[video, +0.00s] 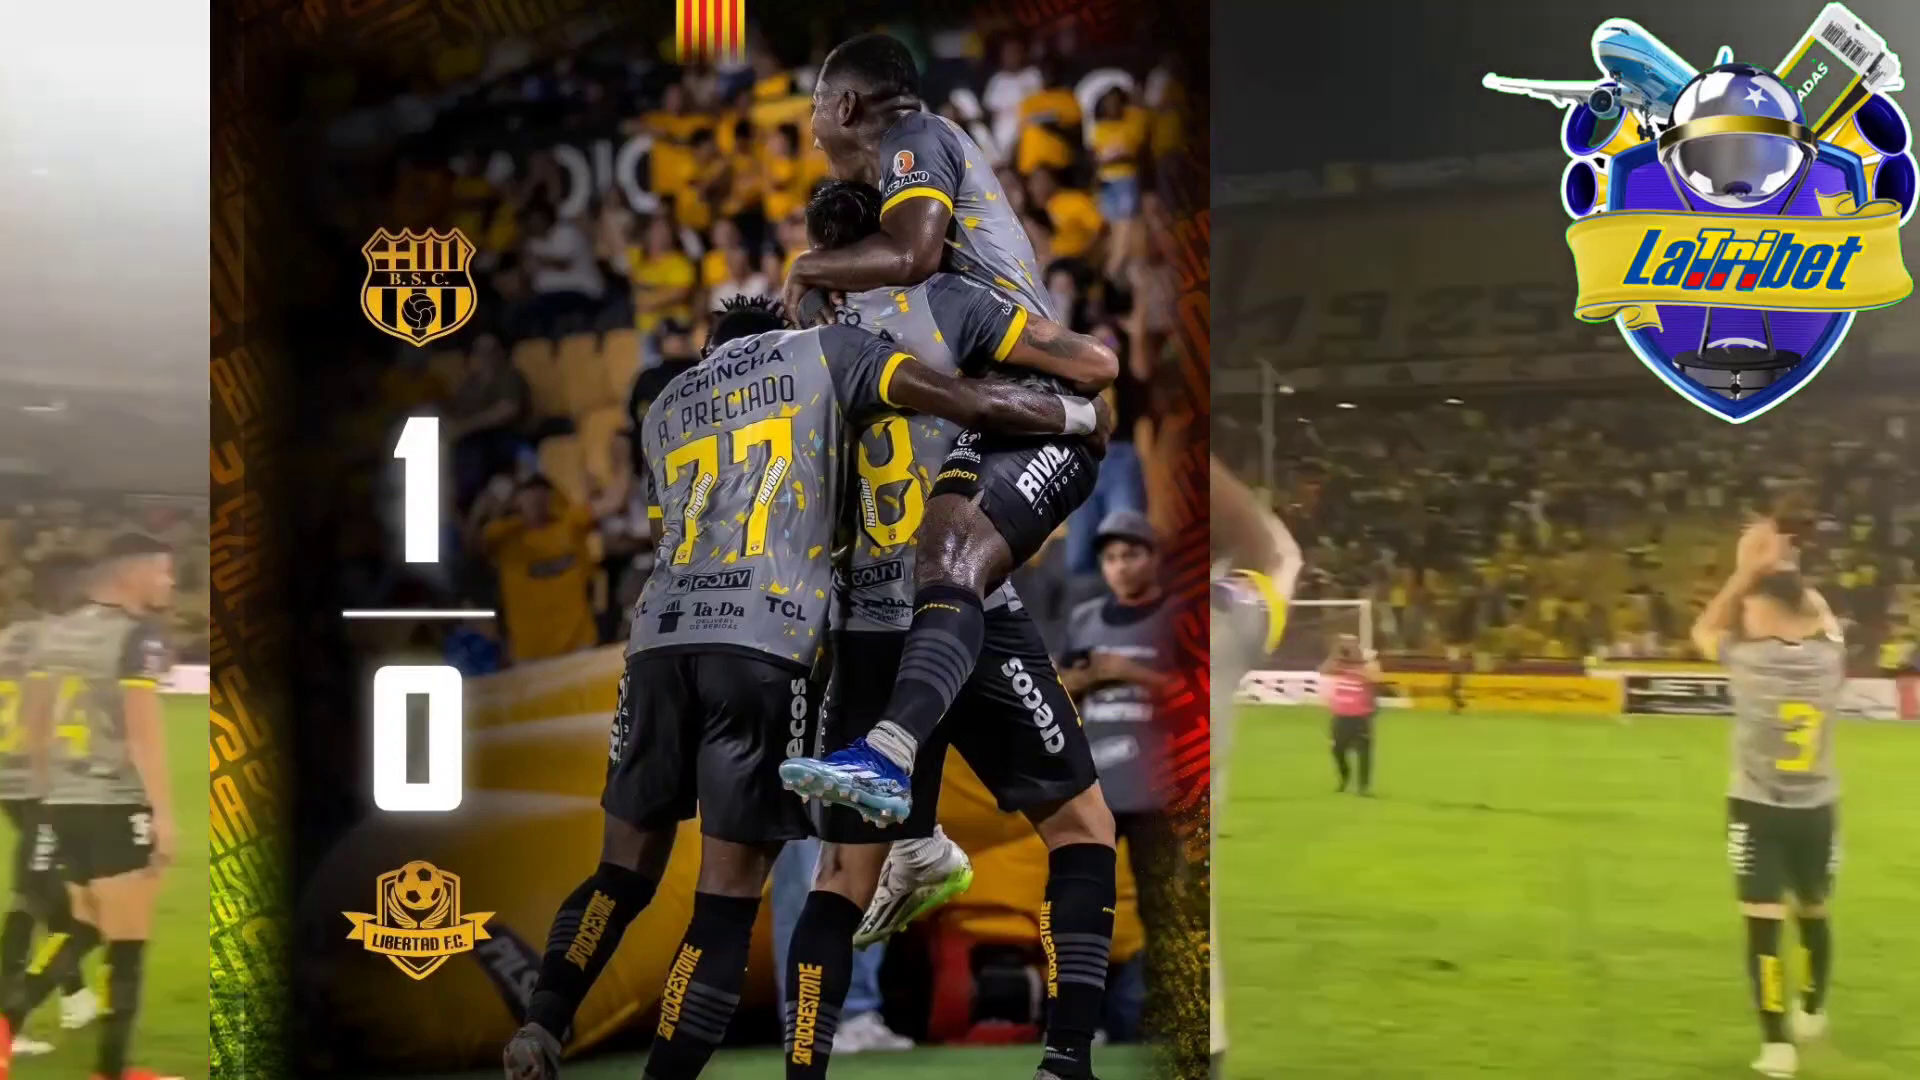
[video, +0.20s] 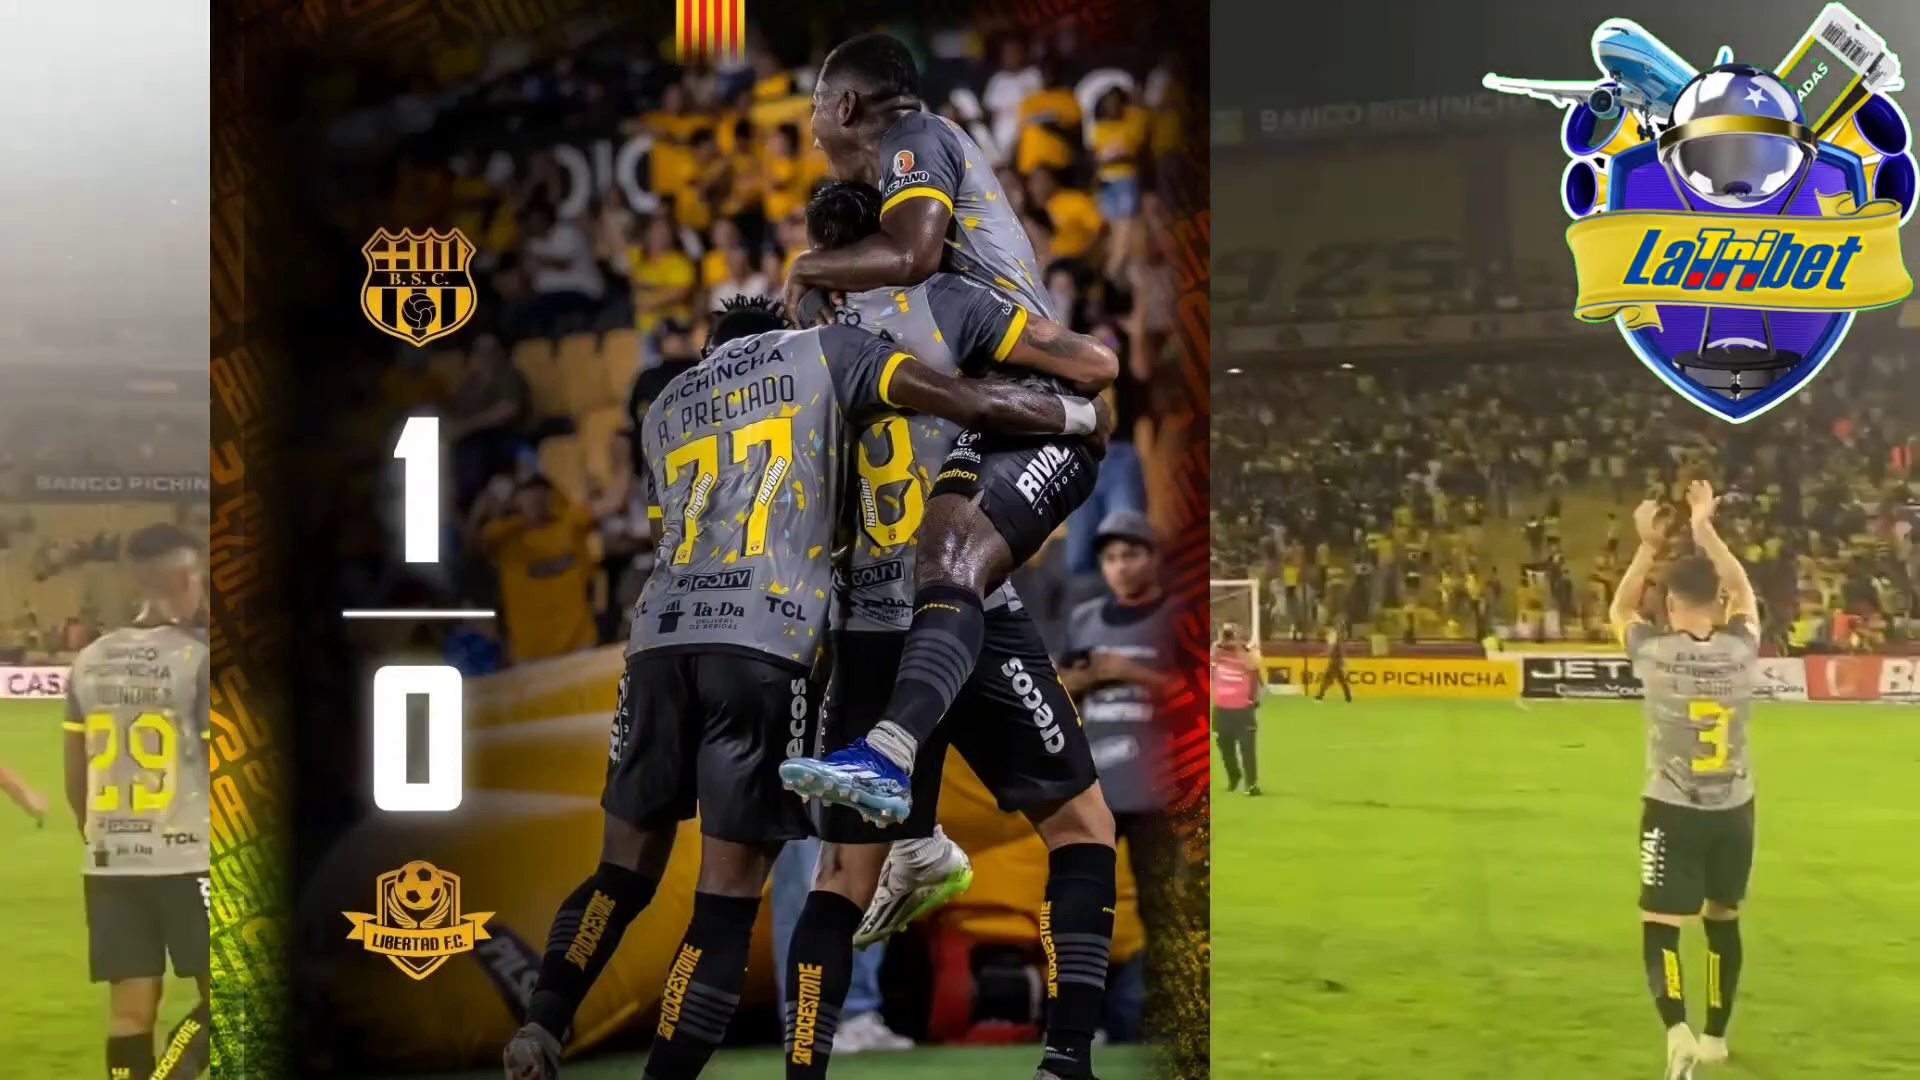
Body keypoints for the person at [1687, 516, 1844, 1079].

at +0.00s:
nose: (1743, 621)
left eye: (1749, 614)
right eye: (1748, 611)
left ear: (1761, 616)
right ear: (1803, 610)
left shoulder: (1745, 657)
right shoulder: (1830, 652)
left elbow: (1703, 629)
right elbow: (1819, 609)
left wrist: (1743, 576)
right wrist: (1790, 577)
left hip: (1756, 805)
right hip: (1815, 804)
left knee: (1762, 921)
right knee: (1814, 910)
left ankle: (1776, 1041)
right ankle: (1814, 1009)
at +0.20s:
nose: (1660, 601)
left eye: (1664, 595)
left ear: (1668, 602)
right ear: (1722, 600)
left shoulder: (1652, 652)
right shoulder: (1741, 650)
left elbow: (1623, 609)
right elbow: (1740, 588)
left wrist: (1647, 548)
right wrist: (1705, 526)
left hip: (1671, 812)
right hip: (1734, 812)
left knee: (1661, 929)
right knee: (1723, 921)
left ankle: (1676, 1030)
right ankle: (1715, 1039)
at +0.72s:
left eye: (1718, 565)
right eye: (1768, 565)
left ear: (1708, 574)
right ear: (1770, 575)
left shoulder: (1687, 632)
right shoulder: (1790, 630)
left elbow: (1676, 584)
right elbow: (1816, 567)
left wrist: (1708, 525)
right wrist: (1774, 499)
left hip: (1700, 818)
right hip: (1773, 820)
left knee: (1706, 939)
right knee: (1762, 959)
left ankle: (1711, 1070)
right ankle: (1753, 1073)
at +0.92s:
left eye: (1631, 559)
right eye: (1684, 563)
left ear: (1626, 565)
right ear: (1682, 569)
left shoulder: (1598, 623)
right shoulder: (1703, 623)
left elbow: (1604, 568)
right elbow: (1739, 565)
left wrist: (1658, 503)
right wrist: (1692, 504)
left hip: (1613, 809)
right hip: (1684, 813)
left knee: (1620, 934)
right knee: (1696, 947)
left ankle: (1621, 1068)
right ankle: (1661, 1045)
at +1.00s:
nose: (1622, 588)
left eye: (1574, 573)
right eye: (1615, 577)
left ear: (1564, 576)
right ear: (1613, 580)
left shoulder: (1531, 627)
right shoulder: (1630, 630)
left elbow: (1531, 583)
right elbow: (1673, 570)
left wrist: (1559, 527)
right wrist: (1630, 501)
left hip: (1544, 810)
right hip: (1618, 812)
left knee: (1545, 947)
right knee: (1639, 938)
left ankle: (1541, 1069)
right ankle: (1595, 1052)